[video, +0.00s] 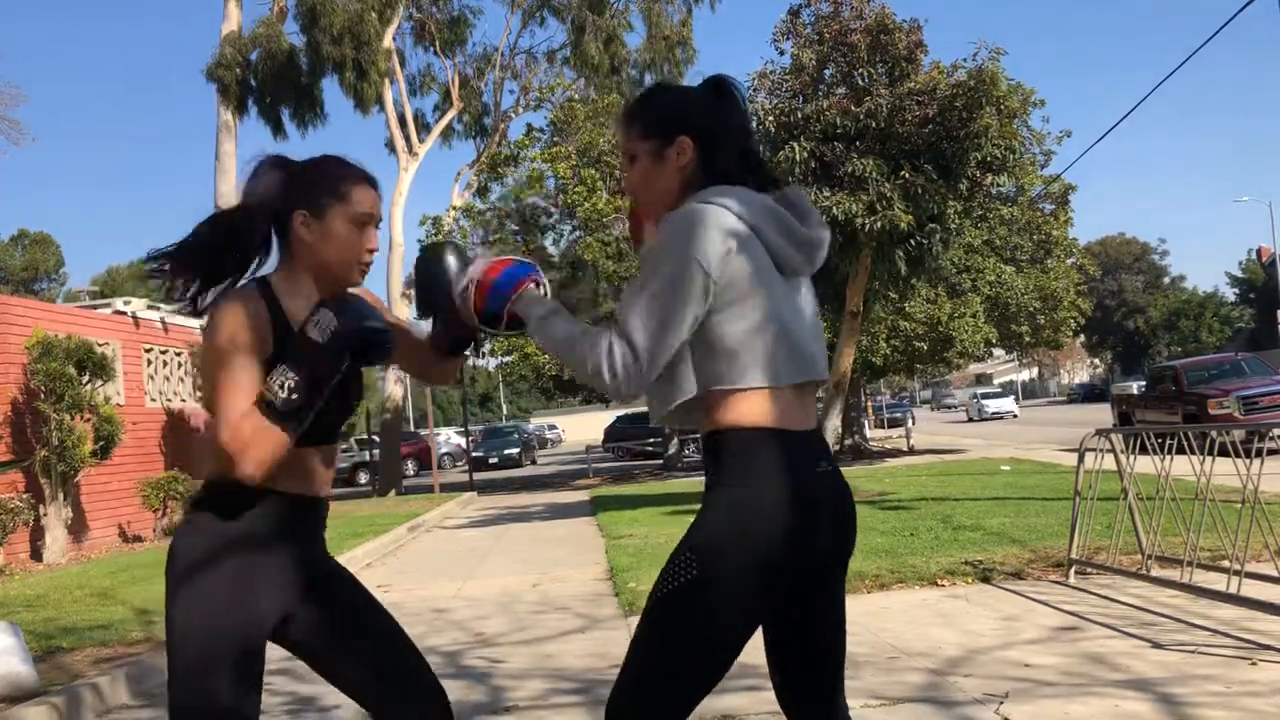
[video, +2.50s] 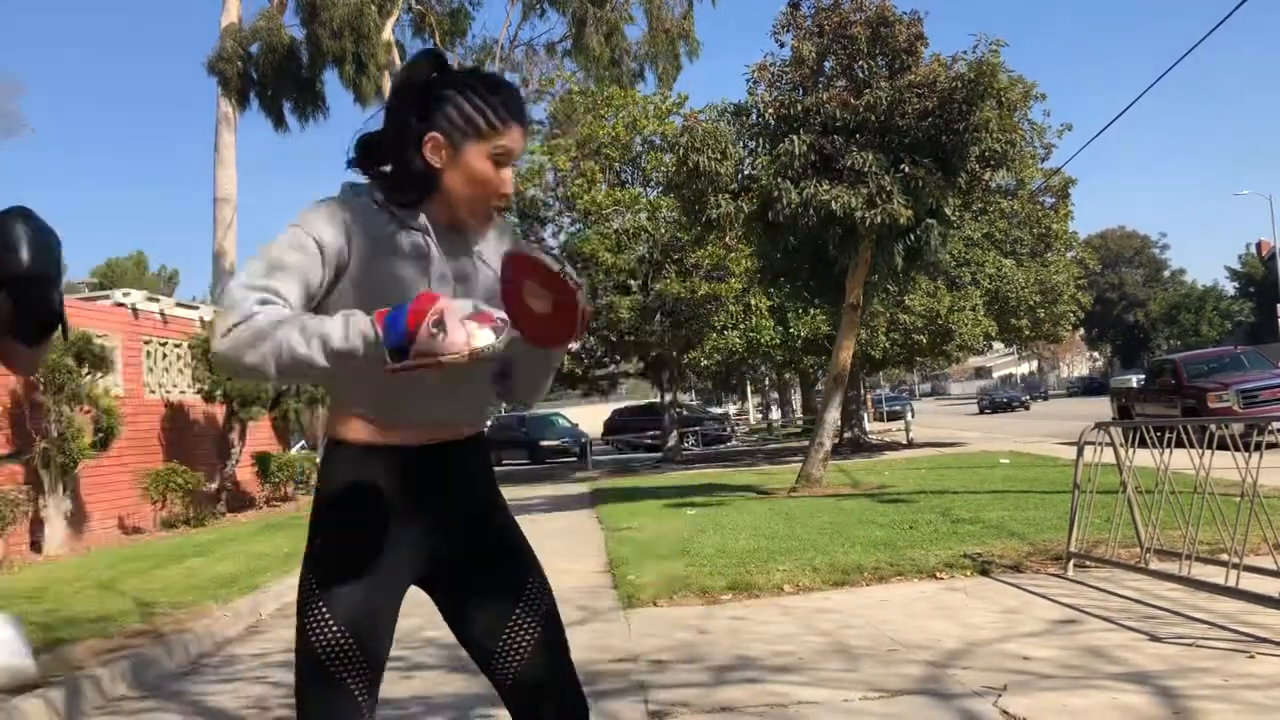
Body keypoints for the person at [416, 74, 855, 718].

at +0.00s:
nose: (625, 180)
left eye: (631, 160)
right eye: (624, 163)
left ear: (681, 153)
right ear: (683, 152)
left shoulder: (697, 226)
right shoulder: (772, 224)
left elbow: (623, 366)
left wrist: (529, 305)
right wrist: (555, 311)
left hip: (752, 501)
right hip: (817, 495)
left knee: (637, 707)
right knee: (818, 705)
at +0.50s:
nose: (609, 179)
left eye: (618, 159)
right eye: (609, 162)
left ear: (669, 155)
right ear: (674, 157)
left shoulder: (666, 225)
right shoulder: (750, 221)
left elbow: (583, 344)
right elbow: (699, 329)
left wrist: (504, 322)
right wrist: (609, 282)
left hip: (741, 489)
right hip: (812, 484)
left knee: (615, 701)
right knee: (810, 702)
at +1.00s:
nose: (569, 195)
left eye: (574, 179)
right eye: (566, 182)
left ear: (621, 167)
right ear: (635, 162)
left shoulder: (620, 230)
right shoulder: (731, 223)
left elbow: (436, 244)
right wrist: (596, 345)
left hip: (719, 493)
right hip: (801, 488)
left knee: (605, 705)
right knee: (815, 700)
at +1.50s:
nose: (617, 193)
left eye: (624, 173)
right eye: (615, 176)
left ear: (673, 163)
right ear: (676, 162)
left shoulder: (693, 233)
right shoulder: (765, 229)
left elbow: (619, 370)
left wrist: (564, 268)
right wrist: (590, 334)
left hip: (749, 498)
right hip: (824, 492)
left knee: (636, 706)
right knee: (825, 700)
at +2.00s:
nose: (515, 185)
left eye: (527, 163)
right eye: (506, 166)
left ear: (582, 150)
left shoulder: (653, 218)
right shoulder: (565, 251)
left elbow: (682, 383)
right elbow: (588, 391)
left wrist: (553, 320)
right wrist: (507, 396)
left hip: (693, 478)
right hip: (651, 480)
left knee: (621, 704)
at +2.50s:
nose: (511, 183)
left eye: (515, 164)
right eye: (499, 160)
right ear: (437, 150)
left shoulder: (499, 245)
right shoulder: (344, 226)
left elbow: (521, 392)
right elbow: (238, 334)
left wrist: (546, 332)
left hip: (465, 489)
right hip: (363, 492)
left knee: (554, 701)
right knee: (333, 707)